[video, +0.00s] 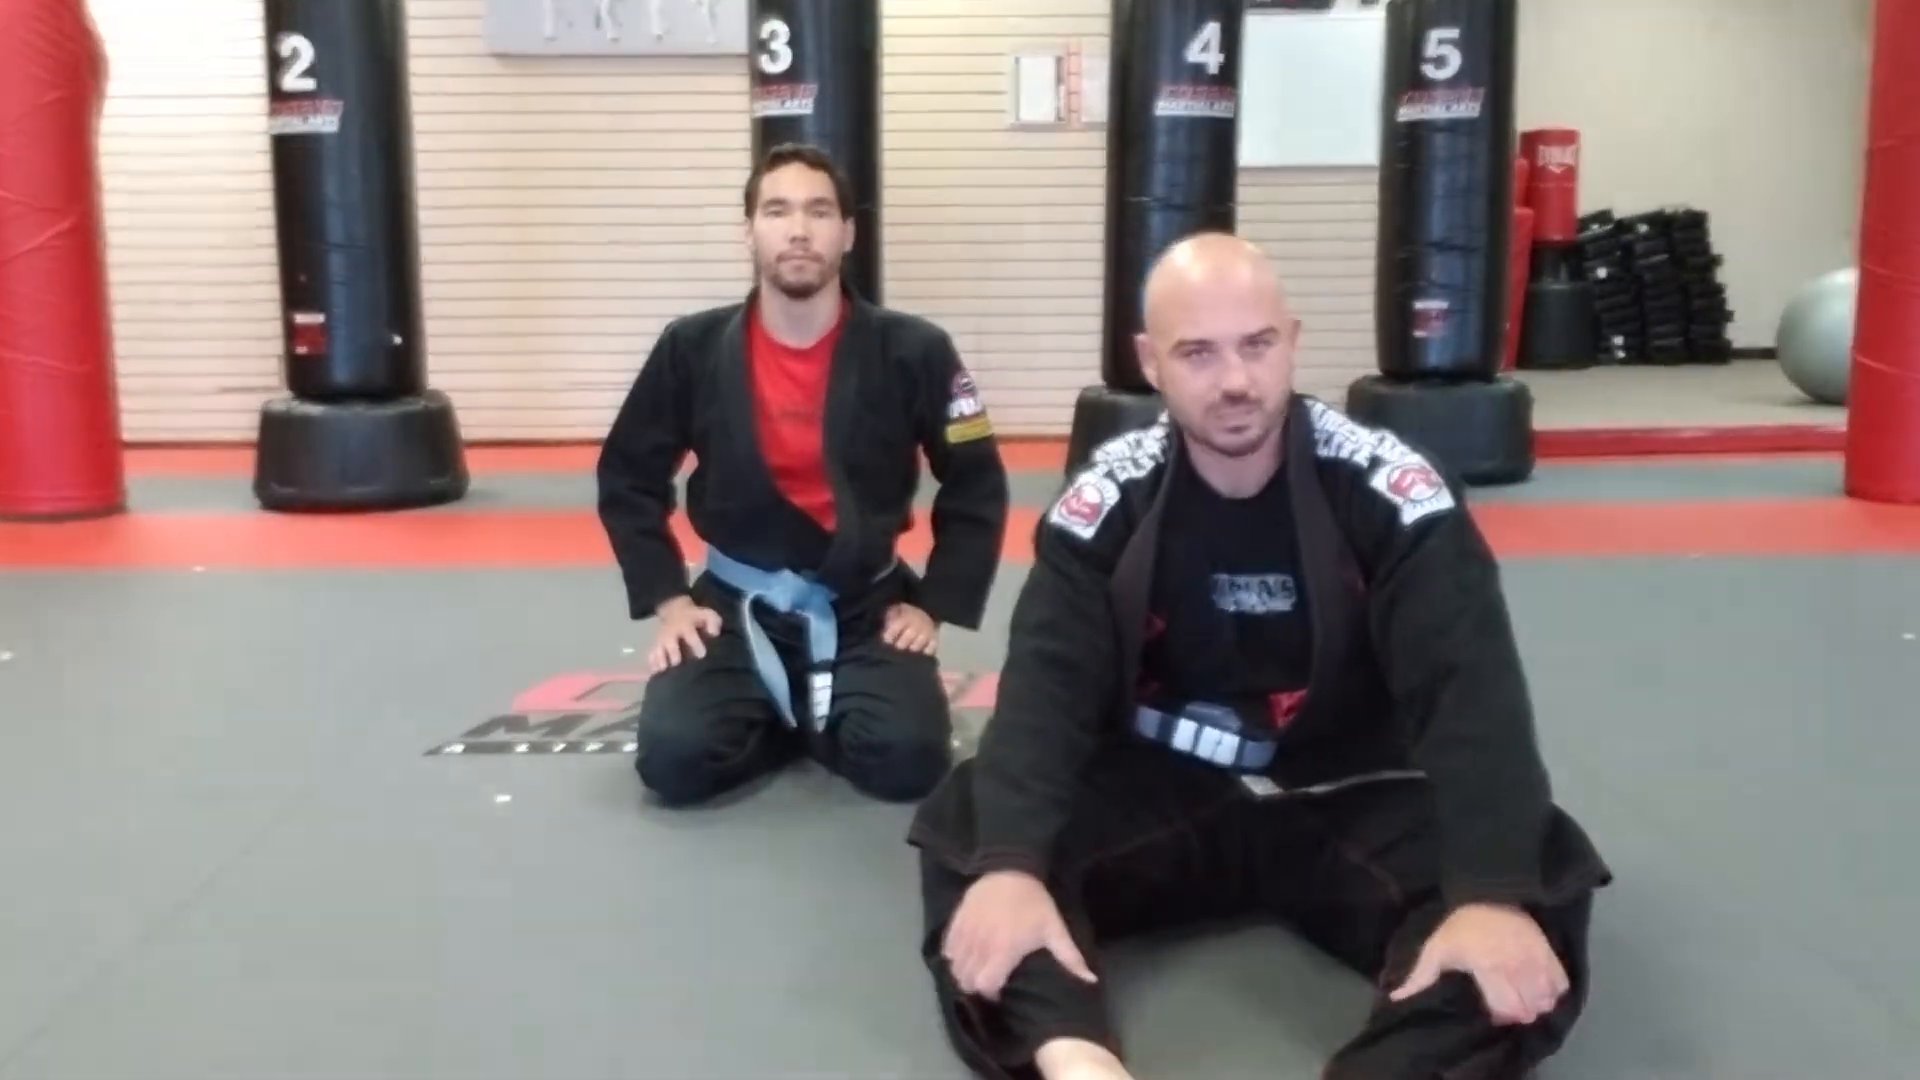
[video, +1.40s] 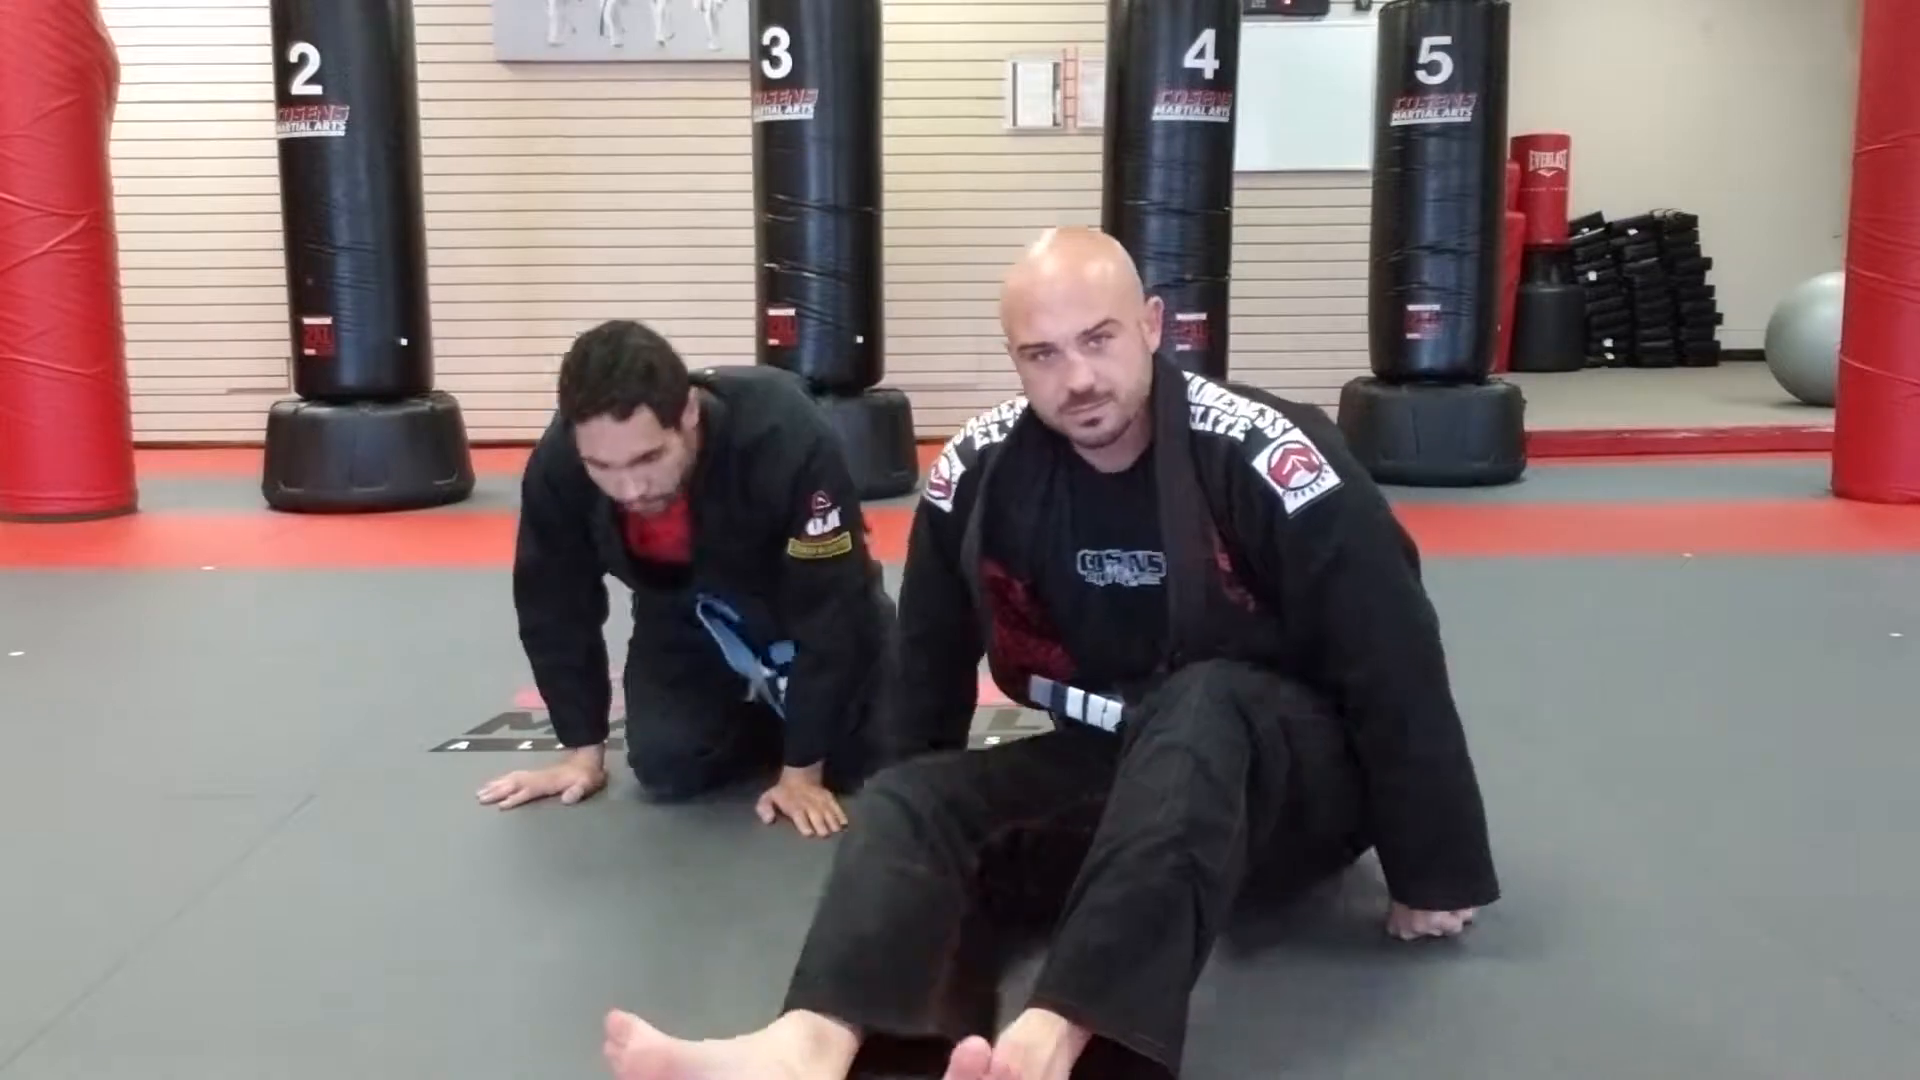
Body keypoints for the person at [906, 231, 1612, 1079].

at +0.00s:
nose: (1237, 381)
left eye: (1259, 346)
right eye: (1201, 354)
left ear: (1293, 341)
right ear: (1151, 365)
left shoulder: (1385, 483)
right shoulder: (1107, 498)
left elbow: (1470, 688)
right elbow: (1046, 689)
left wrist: (1491, 894)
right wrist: (1009, 865)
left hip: (1350, 808)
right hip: (1158, 800)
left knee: (1533, 868)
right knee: (968, 819)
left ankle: (1392, 1060)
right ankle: (1075, 1060)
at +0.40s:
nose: (1230, 350)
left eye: (1253, 320)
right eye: (1198, 329)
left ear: (1289, 331)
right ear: (1155, 351)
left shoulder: (1374, 470)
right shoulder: (1116, 479)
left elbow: (1435, 659)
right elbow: (1047, 641)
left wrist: (1416, 823)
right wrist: (1033, 765)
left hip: (1330, 794)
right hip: (1151, 784)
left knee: (1466, 833)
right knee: (995, 791)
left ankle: (1346, 1064)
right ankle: (1084, 1052)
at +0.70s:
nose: (1243, 320)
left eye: (1268, 298)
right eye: (1212, 302)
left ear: (1305, 324)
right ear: (1172, 336)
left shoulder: (1389, 464)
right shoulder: (1121, 476)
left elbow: (1498, 633)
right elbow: (1026, 638)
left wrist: (1548, 808)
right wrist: (935, 751)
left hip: (1326, 772)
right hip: (1162, 766)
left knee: (1403, 769)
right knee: (1044, 741)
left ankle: (1304, 1058)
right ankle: (1116, 1046)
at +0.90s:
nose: (1228, 331)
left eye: (1250, 306)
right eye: (1198, 313)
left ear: (1288, 322)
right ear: (1160, 341)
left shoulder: (1380, 464)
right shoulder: (1113, 471)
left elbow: (1493, 659)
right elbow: (1007, 626)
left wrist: (1534, 865)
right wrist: (931, 779)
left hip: (1341, 769)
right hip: (1172, 762)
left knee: (1318, 738)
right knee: (1045, 704)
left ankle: (1260, 1047)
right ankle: (1055, 1012)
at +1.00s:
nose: (1210, 350)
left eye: (1229, 321)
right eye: (1177, 332)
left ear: (1266, 322)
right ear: (1142, 352)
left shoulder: (1362, 453)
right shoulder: (1102, 467)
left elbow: (1491, 631)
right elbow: (986, 612)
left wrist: (1499, 854)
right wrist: (927, 777)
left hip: (1345, 777)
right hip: (1163, 768)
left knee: (1265, 723)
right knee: (1028, 716)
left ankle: (1202, 1029)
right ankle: (984, 996)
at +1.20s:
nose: (1138, 384)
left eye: (1158, 347)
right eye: (1105, 364)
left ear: (1205, 334)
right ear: (1076, 374)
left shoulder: (1308, 455)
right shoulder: (1044, 475)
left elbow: (1446, 637)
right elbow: (943, 616)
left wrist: (1436, 861)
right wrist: (914, 804)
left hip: (1317, 784)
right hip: (1126, 765)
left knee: (1202, 726)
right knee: (978, 785)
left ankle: (1069, 1016)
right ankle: (849, 1015)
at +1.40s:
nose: (1079, 379)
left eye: (1101, 340)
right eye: (1044, 354)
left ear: (1153, 325)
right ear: (1011, 358)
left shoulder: (1272, 459)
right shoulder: (974, 477)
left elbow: (1394, 666)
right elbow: (926, 682)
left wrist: (1435, 870)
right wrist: (914, 883)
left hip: (1293, 785)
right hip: (1093, 774)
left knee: (1199, 700)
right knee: (905, 792)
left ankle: (1044, 1041)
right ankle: (810, 1037)